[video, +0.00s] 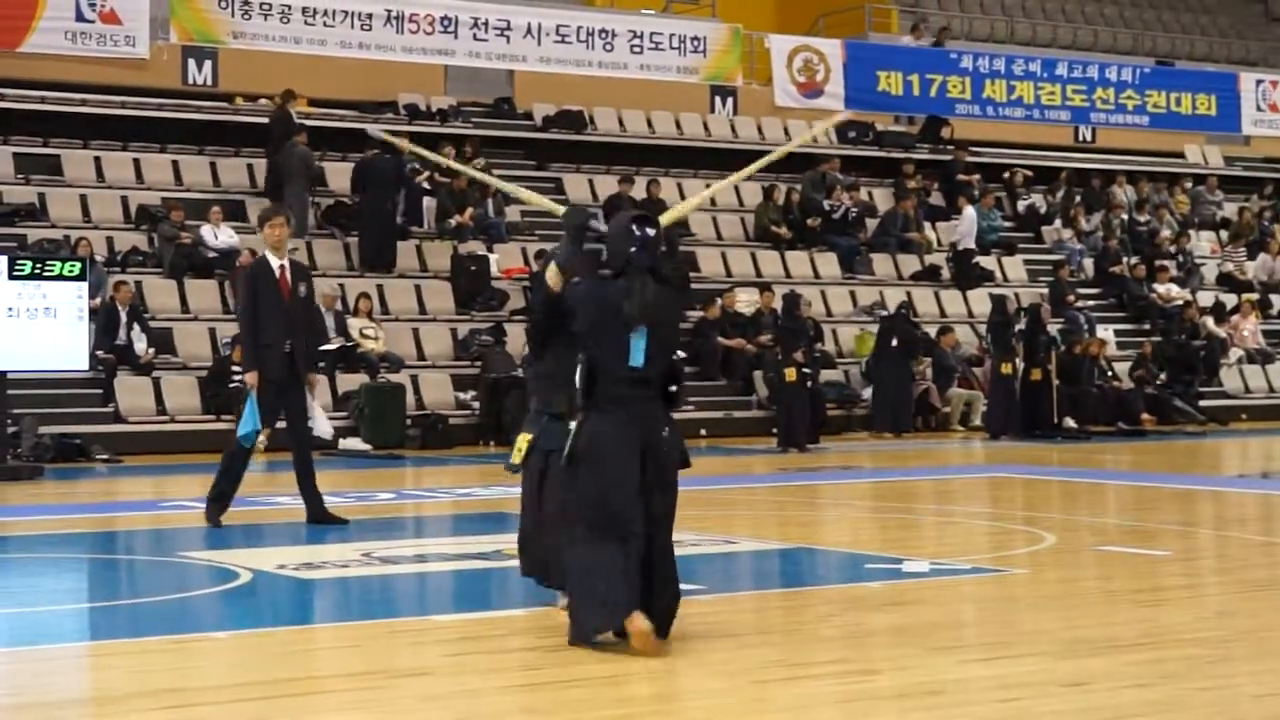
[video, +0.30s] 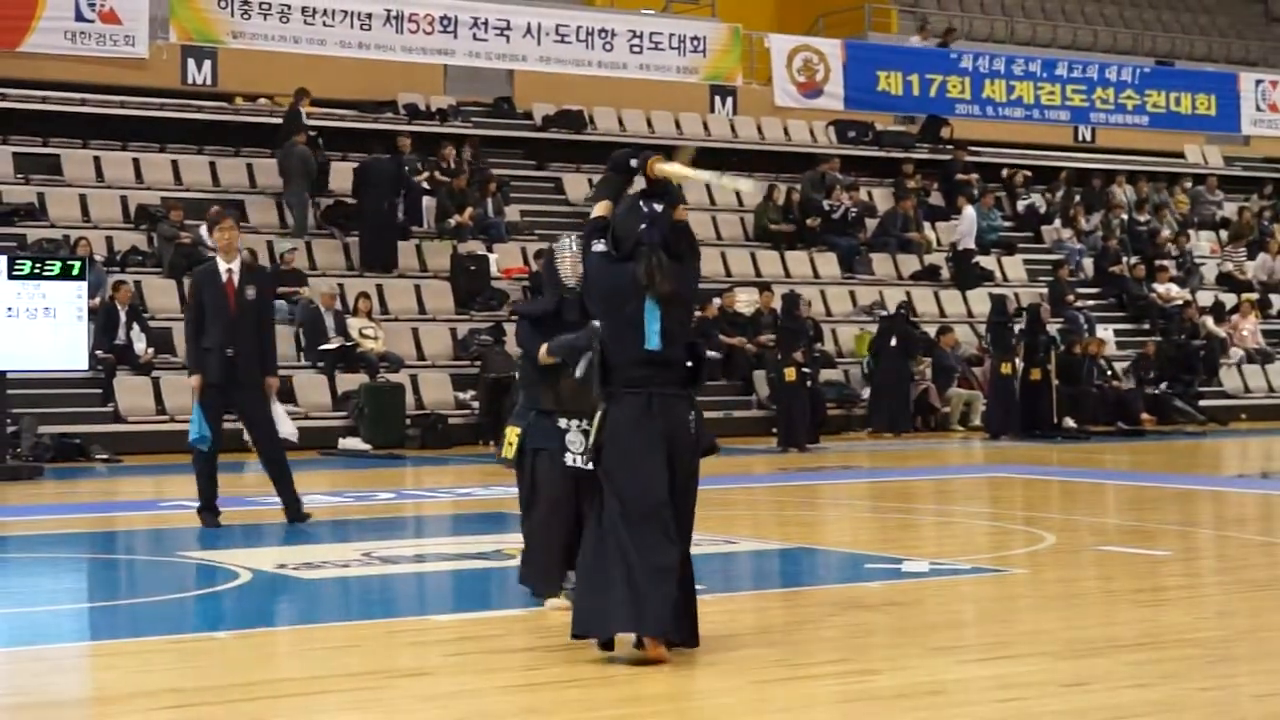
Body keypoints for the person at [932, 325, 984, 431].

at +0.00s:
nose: (954, 339)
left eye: (954, 336)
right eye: (951, 336)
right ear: (942, 338)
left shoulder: (951, 353)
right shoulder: (939, 353)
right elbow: (951, 367)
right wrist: (960, 368)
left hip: (954, 388)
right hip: (942, 389)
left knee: (978, 396)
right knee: (960, 394)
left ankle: (975, 422)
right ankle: (954, 423)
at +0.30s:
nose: (954, 338)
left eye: (953, 335)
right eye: (951, 335)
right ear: (941, 337)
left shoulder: (951, 353)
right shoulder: (938, 353)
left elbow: (961, 363)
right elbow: (949, 366)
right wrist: (959, 368)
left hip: (954, 387)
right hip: (941, 389)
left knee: (977, 395)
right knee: (960, 394)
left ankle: (974, 421)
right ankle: (953, 423)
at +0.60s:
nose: (955, 338)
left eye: (955, 335)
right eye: (952, 335)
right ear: (942, 337)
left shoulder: (952, 353)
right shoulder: (939, 353)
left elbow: (963, 364)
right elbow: (950, 366)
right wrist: (960, 368)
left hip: (954, 387)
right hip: (941, 388)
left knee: (978, 395)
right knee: (960, 394)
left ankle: (975, 421)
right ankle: (954, 423)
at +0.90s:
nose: (957, 338)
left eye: (956, 335)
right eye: (954, 335)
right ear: (945, 337)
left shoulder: (954, 352)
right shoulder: (940, 352)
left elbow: (965, 364)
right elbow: (950, 366)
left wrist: (958, 367)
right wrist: (962, 367)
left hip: (956, 387)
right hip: (944, 388)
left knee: (980, 395)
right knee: (962, 393)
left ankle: (976, 420)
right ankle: (955, 422)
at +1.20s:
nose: (958, 338)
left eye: (958, 335)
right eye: (955, 335)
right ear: (946, 337)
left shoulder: (955, 352)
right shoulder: (941, 351)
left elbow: (967, 363)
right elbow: (952, 366)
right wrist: (963, 367)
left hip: (958, 386)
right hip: (945, 387)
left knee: (981, 394)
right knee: (964, 393)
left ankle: (978, 420)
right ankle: (957, 422)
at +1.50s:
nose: (960, 336)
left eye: (959, 333)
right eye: (957, 333)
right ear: (948, 335)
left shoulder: (956, 350)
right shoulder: (943, 350)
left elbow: (969, 361)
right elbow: (953, 363)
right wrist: (966, 366)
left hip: (960, 386)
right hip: (947, 387)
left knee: (983, 393)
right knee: (966, 392)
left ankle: (980, 419)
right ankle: (959, 421)